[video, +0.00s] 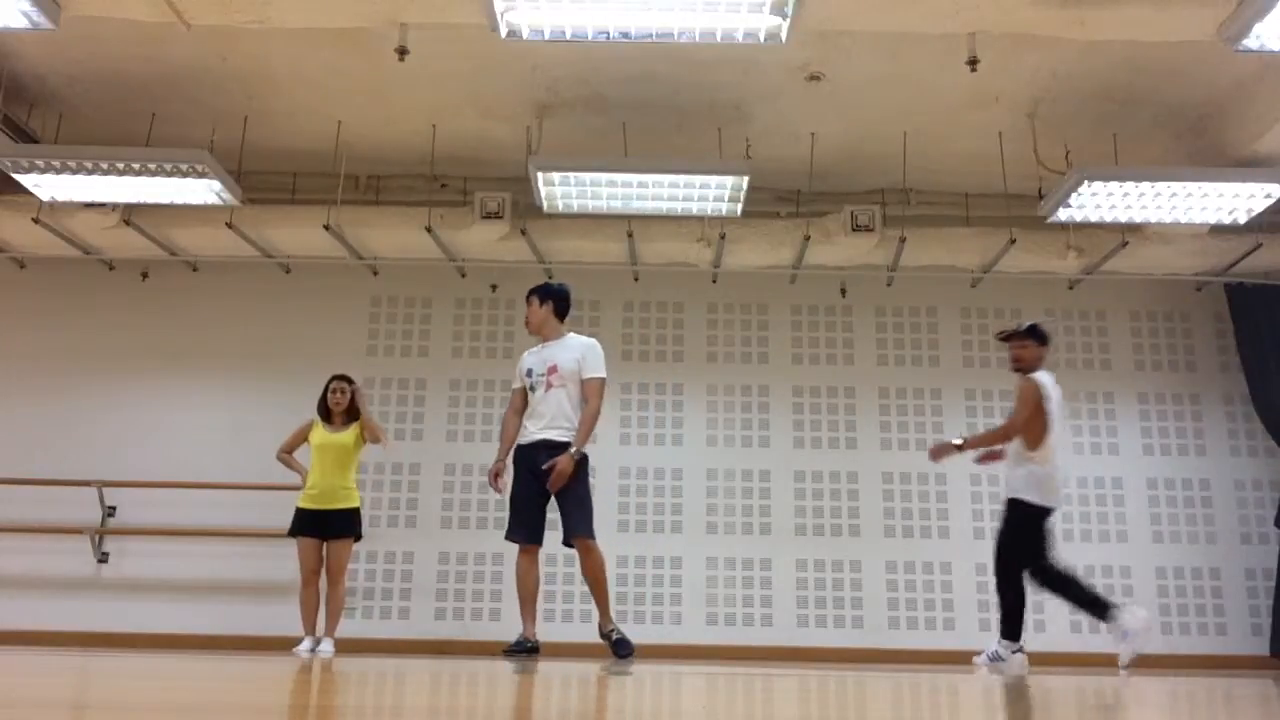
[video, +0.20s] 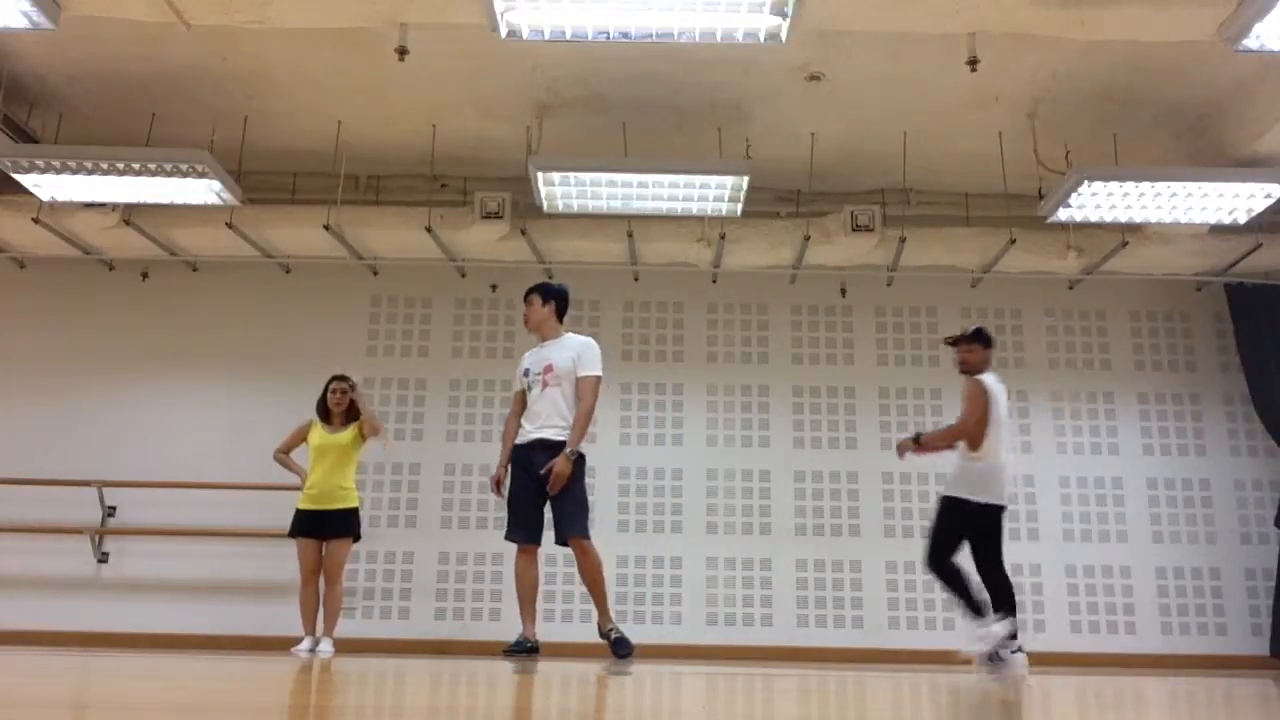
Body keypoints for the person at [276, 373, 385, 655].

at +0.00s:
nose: (337, 396)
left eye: (343, 392)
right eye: (333, 391)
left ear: (351, 397)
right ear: (325, 396)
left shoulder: (359, 426)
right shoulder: (314, 426)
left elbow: (377, 437)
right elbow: (282, 453)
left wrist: (363, 406)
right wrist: (303, 471)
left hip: (343, 506)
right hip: (311, 505)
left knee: (335, 577)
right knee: (309, 576)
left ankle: (329, 638)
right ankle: (309, 636)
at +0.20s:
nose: (338, 397)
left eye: (343, 392)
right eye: (333, 392)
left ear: (351, 398)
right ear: (325, 396)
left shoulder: (357, 426)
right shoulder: (312, 426)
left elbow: (375, 429)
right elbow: (279, 453)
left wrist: (361, 402)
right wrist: (302, 473)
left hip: (342, 506)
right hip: (310, 505)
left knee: (333, 576)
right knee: (308, 575)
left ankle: (327, 638)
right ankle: (309, 636)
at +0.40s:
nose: (339, 395)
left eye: (344, 392)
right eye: (334, 391)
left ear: (350, 399)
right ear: (325, 395)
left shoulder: (355, 429)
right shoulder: (310, 426)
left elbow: (377, 426)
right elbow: (276, 453)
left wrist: (363, 401)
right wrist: (300, 473)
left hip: (342, 506)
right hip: (309, 505)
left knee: (333, 576)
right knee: (309, 575)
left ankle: (325, 637)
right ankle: (308, 636)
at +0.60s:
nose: (341, 396)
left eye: (345, 393)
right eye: (336, 391)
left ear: (350, 400)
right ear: (324, 395)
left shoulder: (354, 430)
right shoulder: (308, 426)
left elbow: (382, 424)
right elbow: (270, 452)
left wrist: (363, 405)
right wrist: (298, 473)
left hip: (342, 506)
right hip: (309, 506)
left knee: (332, 575)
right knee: (308, 575)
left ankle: (325, 637)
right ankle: (308, 636)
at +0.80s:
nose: (341, 396)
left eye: (346, 392)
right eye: (337, 390)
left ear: (349, 400)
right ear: (325, 394)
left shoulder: (354, 429)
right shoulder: (308, 425)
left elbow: (384, 422)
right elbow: (269, 450)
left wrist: (361, 405)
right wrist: (297, 473)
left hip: (342, 505)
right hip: (309, 505)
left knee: (333, 574)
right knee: (308, 575)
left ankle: (325, 637)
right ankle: (308, 636)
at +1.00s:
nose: (338, 396)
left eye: (343, 392)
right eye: (333, 391)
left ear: (349, 398)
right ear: (322, 396)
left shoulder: (354, 428)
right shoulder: (308, 426)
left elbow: (382, 450)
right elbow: (268, 451)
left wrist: (362, 421)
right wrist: (286, 481)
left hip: (341, 506)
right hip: (308, 505)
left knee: (331, 576)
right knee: (308, 576)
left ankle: (325, 637)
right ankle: (308, 636)